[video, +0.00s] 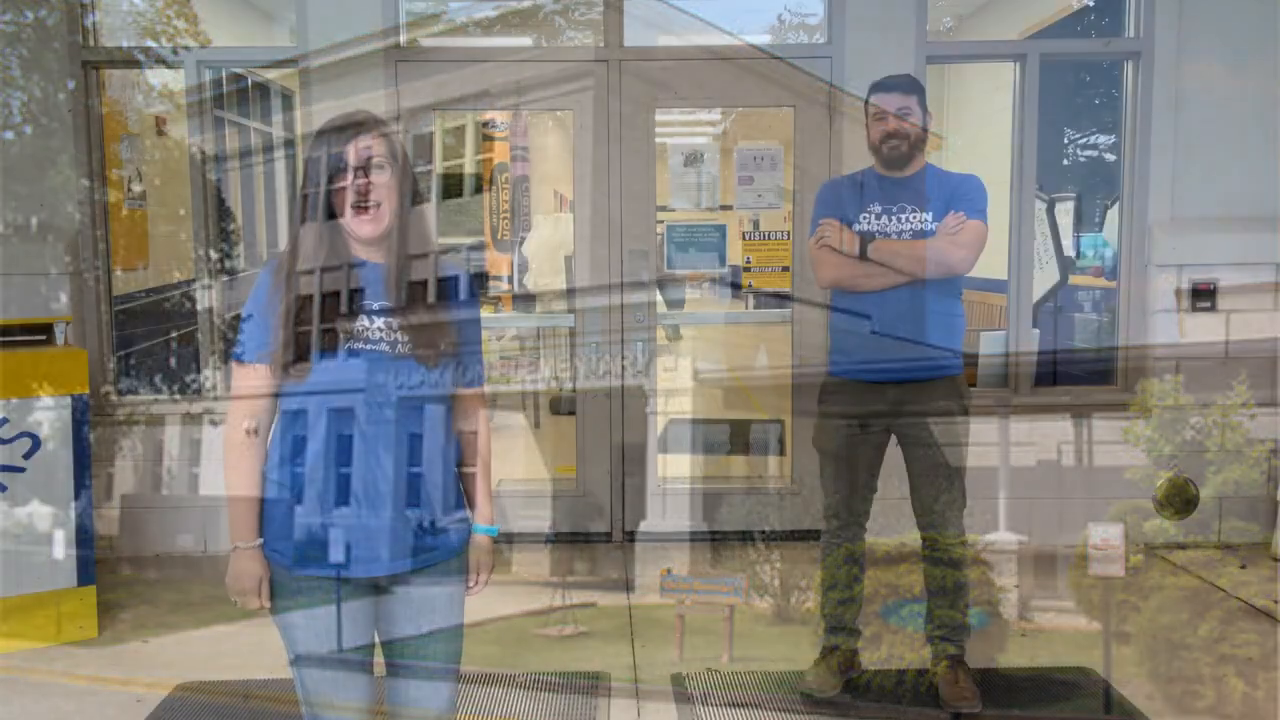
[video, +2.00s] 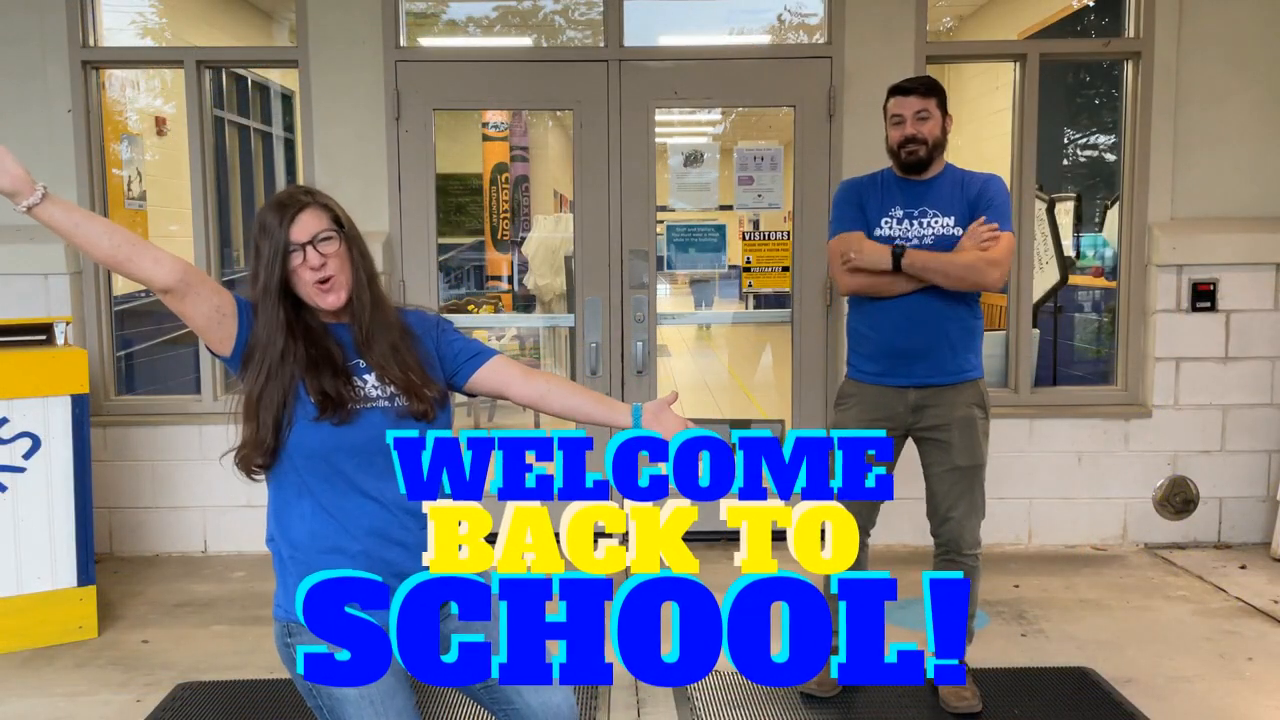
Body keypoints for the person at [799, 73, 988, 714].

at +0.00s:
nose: (889, 126)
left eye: (902, 116)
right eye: (879, 117)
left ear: (925, 126)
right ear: (866, 127)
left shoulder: (961, 188)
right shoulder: (838, 193)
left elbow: (955, 261)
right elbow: (827, 272)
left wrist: (859, 242)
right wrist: (927, 261)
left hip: (933, 378)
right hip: (852, 379)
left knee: (944, 527)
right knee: (841, 524)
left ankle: (950, 660)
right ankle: (838, 652)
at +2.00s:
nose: (908, 129)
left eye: (921, 118)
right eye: (897, 120)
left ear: (945, 124)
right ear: (885, 130)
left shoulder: (984, 189)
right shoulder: (856, 193)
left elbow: (992, 273)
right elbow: (847, 277)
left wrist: (890, 255)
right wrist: (953, 260)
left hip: (953, 388)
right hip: (869, 387)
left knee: (959, 535)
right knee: (843, 529)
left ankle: (952, 666)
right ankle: (829, 653)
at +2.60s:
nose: (823, 198)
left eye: (839, 187)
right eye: (813, 186)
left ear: (862, 193)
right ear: (799, 191)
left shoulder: (901, 218)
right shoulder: (791, 255)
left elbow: (998, 185)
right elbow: (737, 289)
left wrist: (1082, 125)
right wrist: (663, 290)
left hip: (928, 426)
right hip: (845, 426)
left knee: (973, 566)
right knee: (794, 536)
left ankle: (954, 666)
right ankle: (805, 660)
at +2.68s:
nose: (815, 205)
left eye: (830, 193)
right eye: (806, 192)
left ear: (853, 197)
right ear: (793, 195)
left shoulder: (894, 222)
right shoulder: (786, 259)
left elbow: (993, 187)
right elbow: (736, 293)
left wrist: (1079, 133)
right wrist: (663, 296)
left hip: (924, 431)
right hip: (842, 435)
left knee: (967, 568)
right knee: (796, 545)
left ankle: (953, 668)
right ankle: (807, 659)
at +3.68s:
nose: (812, 178)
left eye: (827, 169)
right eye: (804, 167)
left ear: (851, 175)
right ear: (791, 173)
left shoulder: (893, 206)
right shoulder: (776, 247)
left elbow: (983, 155)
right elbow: (709, 291)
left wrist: (1068, 95)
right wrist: (634, 319)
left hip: (919, 420)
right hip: (832, 422)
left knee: (963, 553)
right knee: (799, 546)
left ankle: (953, 666)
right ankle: (808, 661)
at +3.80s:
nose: (816, 175)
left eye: (831, 166)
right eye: (808, 163)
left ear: (854, 172)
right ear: (795, 170)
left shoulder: (893, 203)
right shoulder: (778, 242)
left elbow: (984, 150)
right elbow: (709, 288)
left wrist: (1066, 89)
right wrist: (635, 313)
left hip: (918, 415)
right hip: (831, 417)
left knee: (960, 551)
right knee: (799, 543)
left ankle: (954, 667)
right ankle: (809, 661)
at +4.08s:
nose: (823, 171)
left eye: (838, 162)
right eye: (814, 159)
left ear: (860, 168)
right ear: (801, 164)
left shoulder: (899, 201)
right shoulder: (782, 238)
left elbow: (994, 153)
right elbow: (715, 287)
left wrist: (1080, 94)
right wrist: (638, 311)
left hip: (916, 411)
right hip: (830, 414)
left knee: (952, 545)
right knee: (805, 542)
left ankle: (951, 666)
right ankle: (809, 661)